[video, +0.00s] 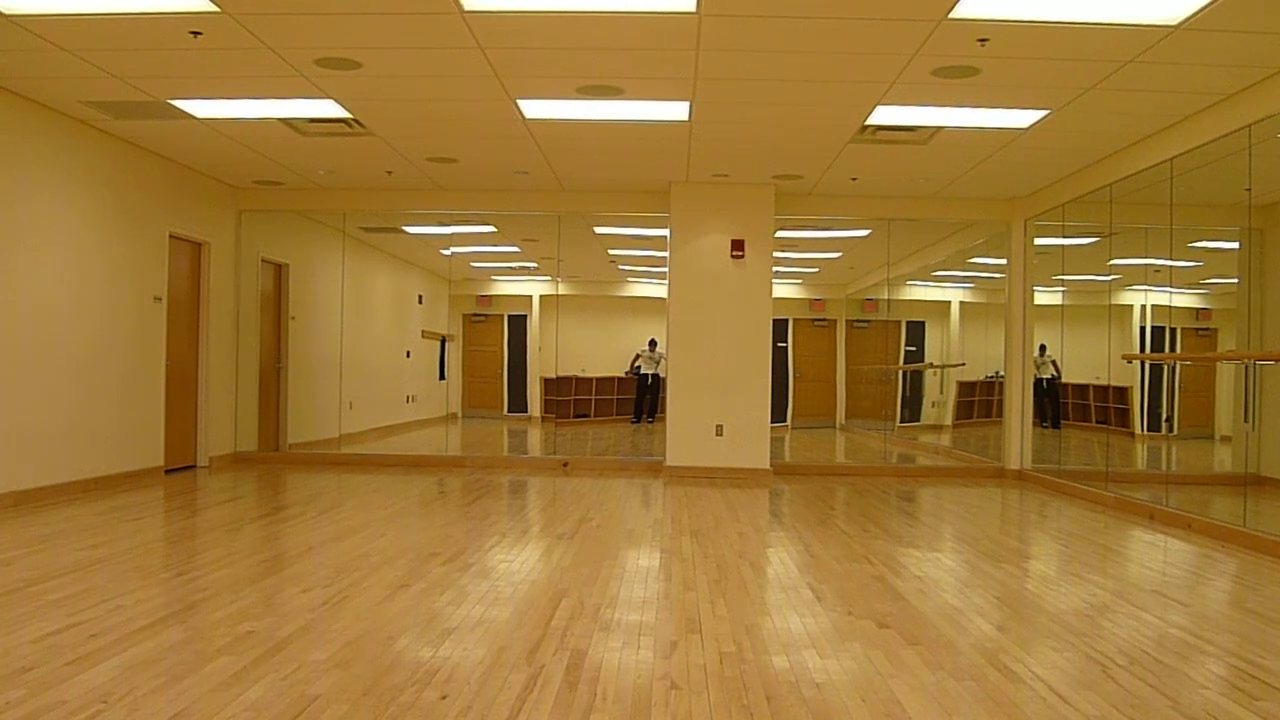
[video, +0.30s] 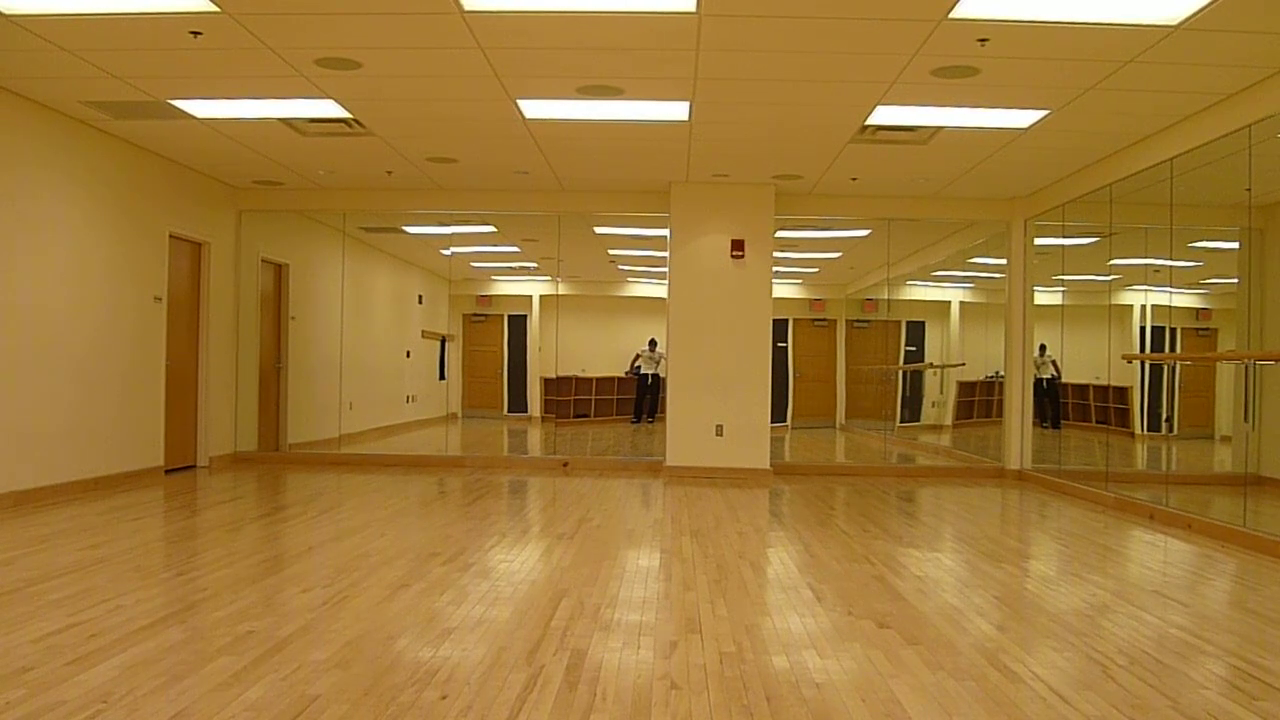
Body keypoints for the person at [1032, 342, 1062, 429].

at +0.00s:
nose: (1042, 353)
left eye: (1043, 351)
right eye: (1041, 350)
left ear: (1046, 351)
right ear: (1039, 351)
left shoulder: (1049, 358)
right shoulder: (1035, 359)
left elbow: (1056, 367)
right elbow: (1033, 369)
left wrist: (1059, 375)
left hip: (1050, 378)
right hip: (1039, 378)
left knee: (1054, 400)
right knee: (1040, 401)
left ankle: (1055, 422)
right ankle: (1043, 421)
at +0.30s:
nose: (1042, 352)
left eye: (1043, 350)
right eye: (1041, 350)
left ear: (1046, 350)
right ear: (1039, 350)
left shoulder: (1049, 358)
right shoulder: (1035, 359)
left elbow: (1056, 367)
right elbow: (1033, 369)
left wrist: (1059, 375)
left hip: (1050, 378)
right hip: (1039, 378)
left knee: (1054, 400)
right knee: (1040, 401)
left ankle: (1055, 422)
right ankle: (1043, 421)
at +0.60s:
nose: (1042, 352)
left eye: (1043, 350)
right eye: (1041, 350)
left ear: (1046, 350)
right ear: (1039, 350)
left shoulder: (1049, 357)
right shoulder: (1035, 359)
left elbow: (1056, 367)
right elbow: (1033, 368)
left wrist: (1059, 375)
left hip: (1050, 378)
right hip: (1039, 378)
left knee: (1054, 400)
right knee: (1040, 401)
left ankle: (1055, 421)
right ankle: (1043, 421)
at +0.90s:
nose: (1042, 352)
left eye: (1043, 350)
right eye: (1041, 350)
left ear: (1046, 350)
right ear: (1039, 350)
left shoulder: (1049, 357)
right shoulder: (1035, 359)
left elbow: (1056, 367)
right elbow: (1034, 368)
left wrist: (1059, 375)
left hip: (1050, 378)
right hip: (1039, 378)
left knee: (1054, 400)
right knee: (1040, 401)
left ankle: (1055, 421)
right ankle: (1043, 421)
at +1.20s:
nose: (1042, 353)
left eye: (1044, 351)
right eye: (1041, 351)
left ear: (1046, 351)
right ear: (1039, 350)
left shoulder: (1050, 357)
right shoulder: (1035, 359)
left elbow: (1056, 367)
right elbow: (1033, 368)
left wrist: (1059, 375)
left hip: (1050, 378)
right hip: (1039, 378)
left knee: (1054, 400)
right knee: (1040, 401)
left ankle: (1055, 421)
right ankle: (1043, 421)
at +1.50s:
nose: (1042, 353)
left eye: (1044, 351)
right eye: (1041, 351)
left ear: (1047, 351)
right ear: (1039, 350)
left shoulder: (1050, 357)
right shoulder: (1035, 359)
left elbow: (1056, 367)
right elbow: (1034, 369)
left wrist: (1059, 376)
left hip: (1050, 378)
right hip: (1039, 378)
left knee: (1054, 400)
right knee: (1041, 401)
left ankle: (1055, 422)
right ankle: (1043, 421)